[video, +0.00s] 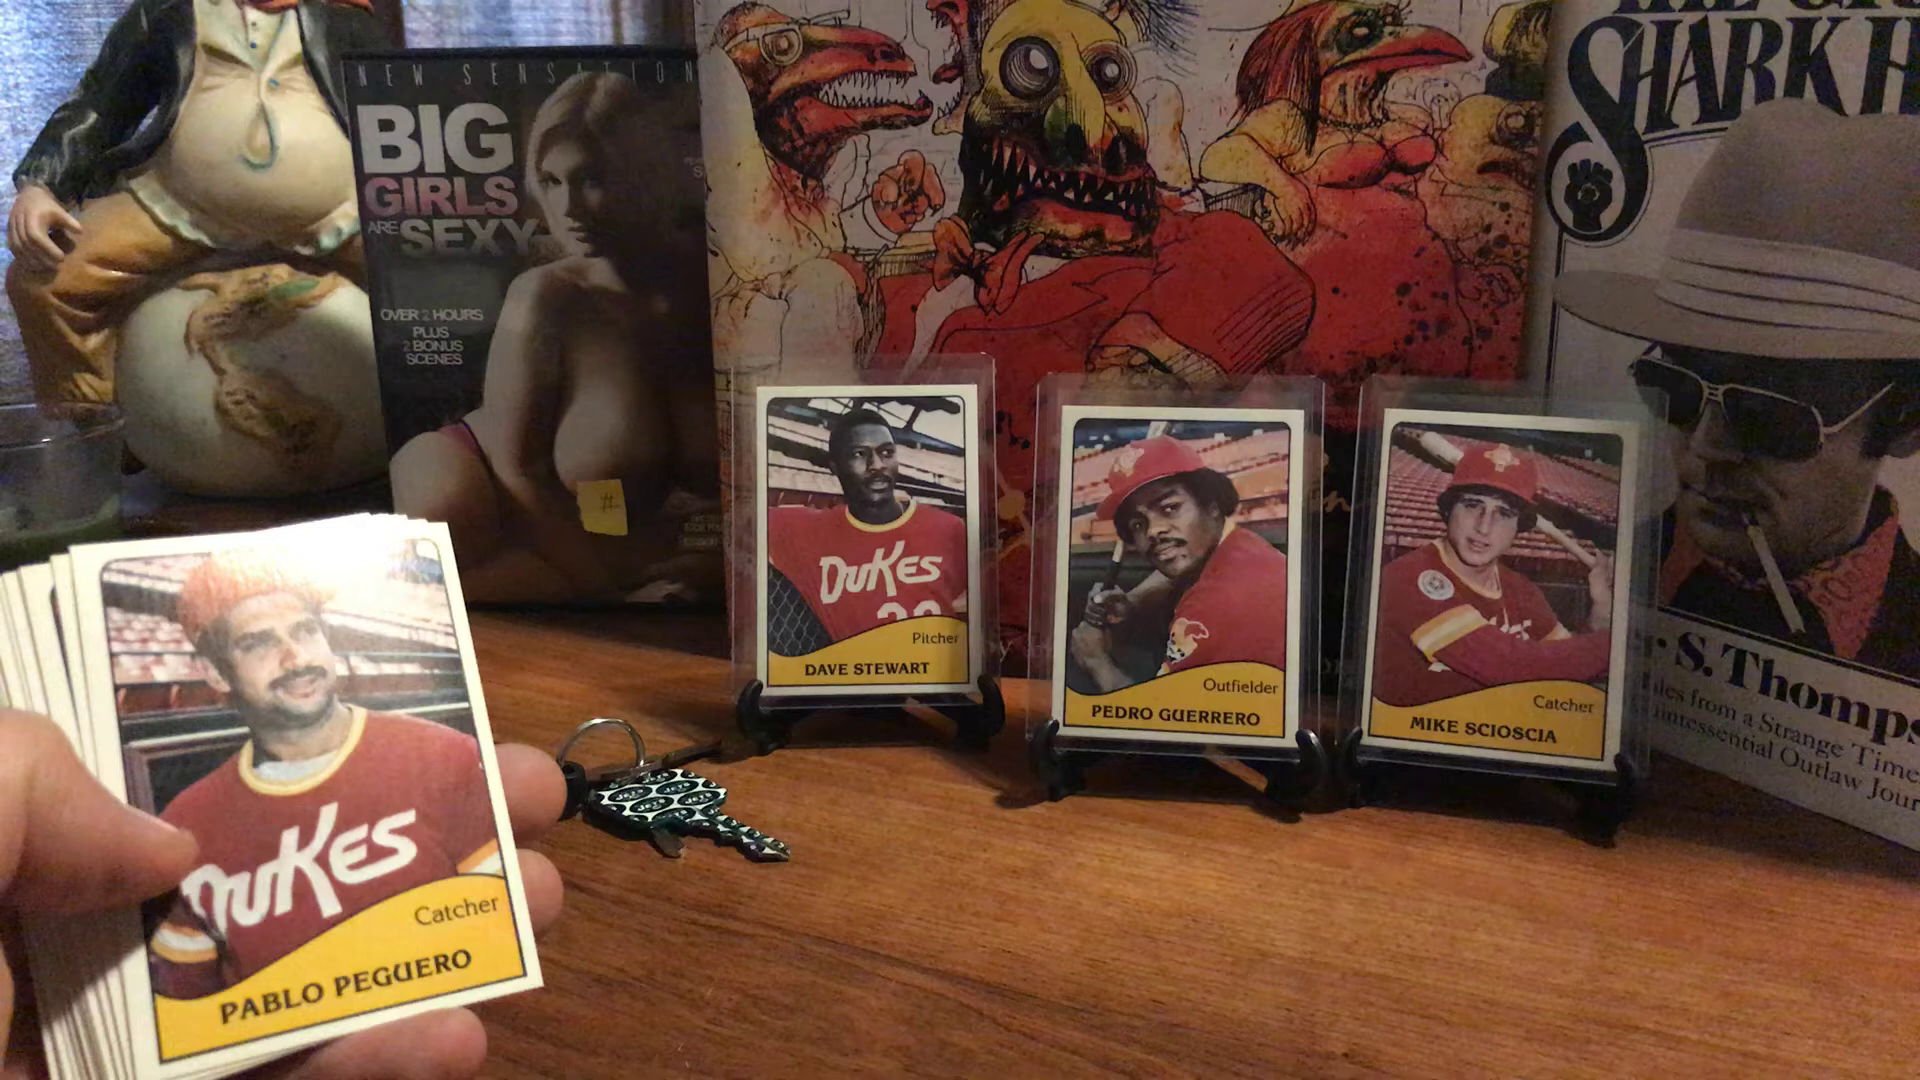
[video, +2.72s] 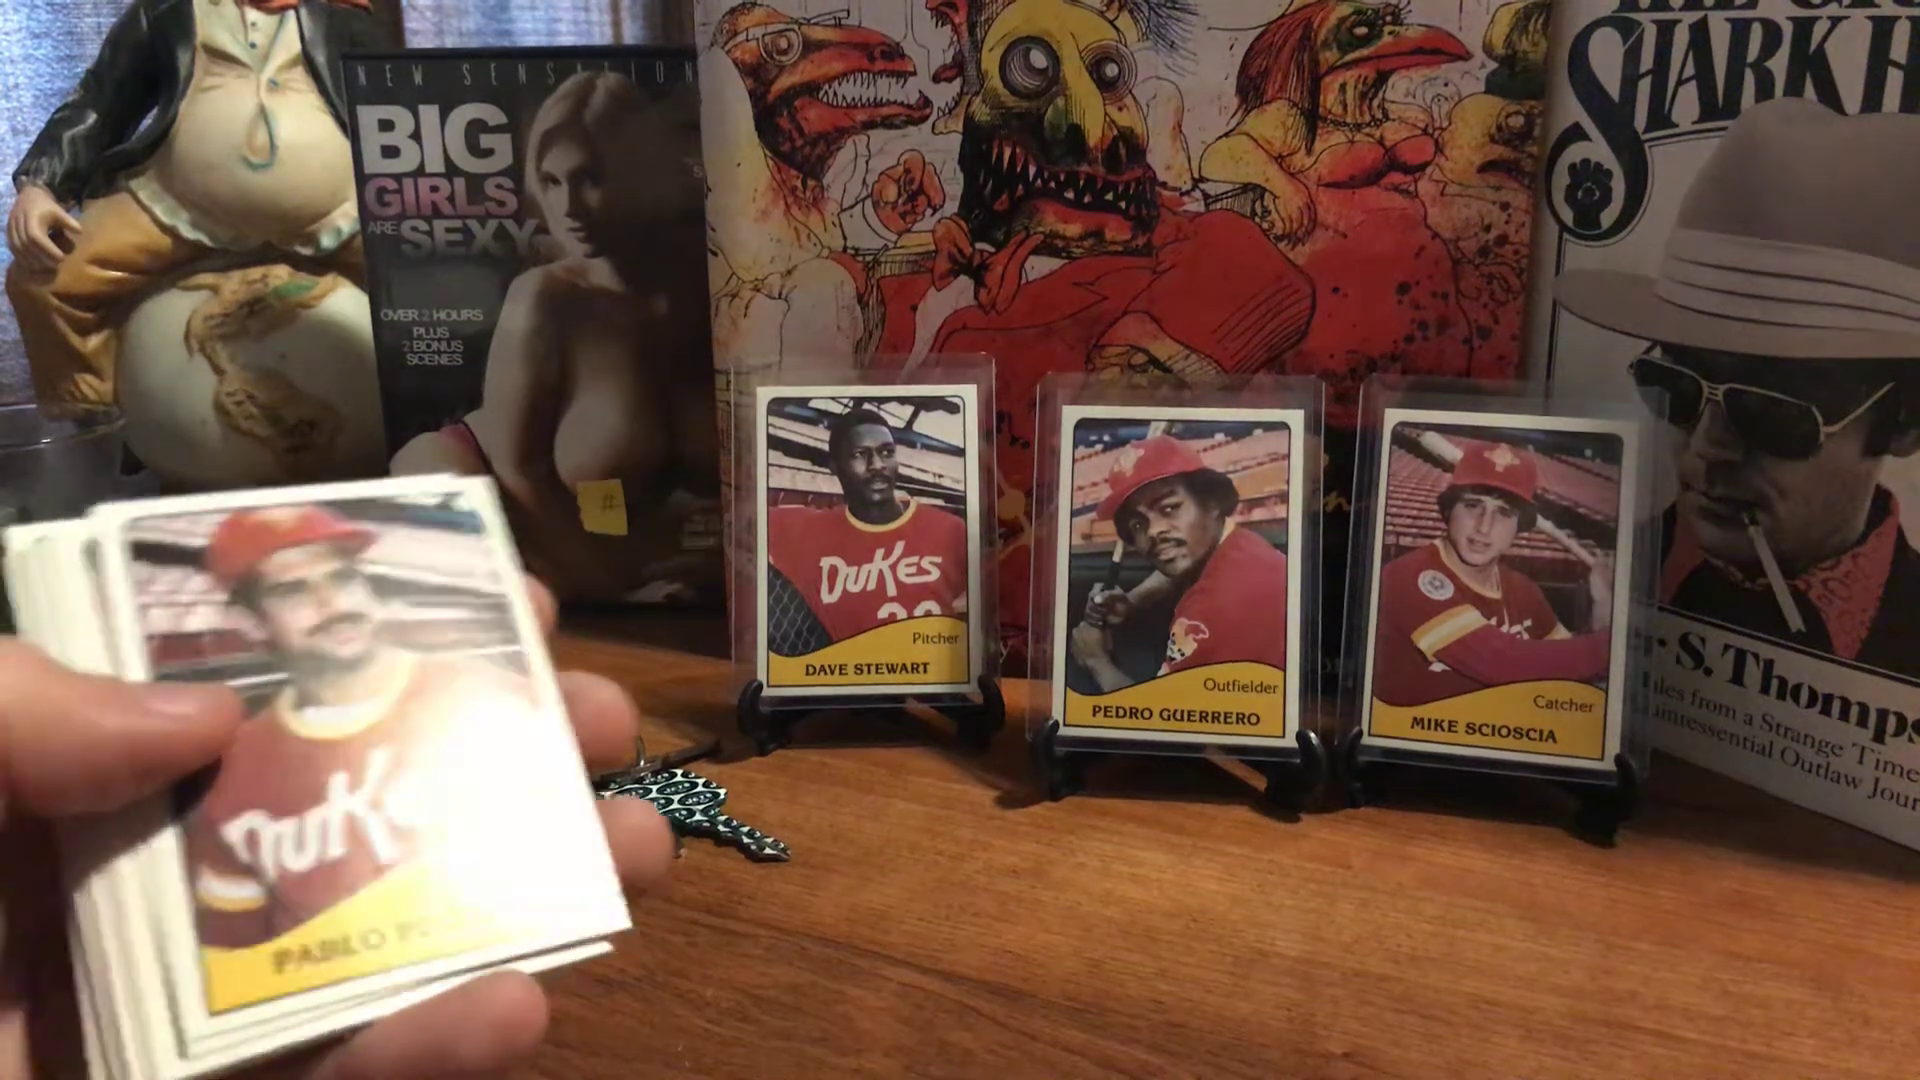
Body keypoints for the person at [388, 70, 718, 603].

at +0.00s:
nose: (570, 206)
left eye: (591, 179)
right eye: (551, 182)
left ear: (642, 178)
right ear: (536, 189)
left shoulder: (693, 289)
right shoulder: (543, 296)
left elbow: (703, 462)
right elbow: (512, 465)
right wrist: (612, 583)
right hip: (482, 466)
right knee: (439, 514)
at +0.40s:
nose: (569, 205)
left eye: (591, 179)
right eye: (551, 181)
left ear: (641, 178)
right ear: (536, 188)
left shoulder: (693, 289)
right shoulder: (542, 297)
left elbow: (702, 460)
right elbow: (512, 465)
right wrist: (612, 584)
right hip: (481, 466)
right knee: (439, 511)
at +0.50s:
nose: (570, 206)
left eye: (591, 179)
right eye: (551, 182)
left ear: (641, 178)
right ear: (536, 189)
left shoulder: (695, 288)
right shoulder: (543, 297)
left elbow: (703, 460)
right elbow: (513, 465)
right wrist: (610, 582)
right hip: (484, 469)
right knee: (439, 507)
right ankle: (616, 585)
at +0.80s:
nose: (570, 205)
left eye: (591, 179)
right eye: (552, 181)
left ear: (640, 177)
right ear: (536, 188)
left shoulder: (692, 288)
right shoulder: (542, 297)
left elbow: (703, 459)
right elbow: (512, 464)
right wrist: (610, 583)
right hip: (485, 471)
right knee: (438, 501)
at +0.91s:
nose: (570, 205)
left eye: (591, 179)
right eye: (552, 182)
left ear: (641, 178)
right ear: (536, 189)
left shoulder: (692, 288)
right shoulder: (542, 297)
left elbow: (702, 459)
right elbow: (512, 464)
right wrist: (611, 583)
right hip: (481, 466)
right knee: (440, 508)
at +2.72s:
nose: (569, 205)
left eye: (590, 178)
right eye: (552, 181)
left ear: (638, 177)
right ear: (535, 188)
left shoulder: (683, 293)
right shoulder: (543, 298)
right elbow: (513, 465)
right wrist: (601, 576)